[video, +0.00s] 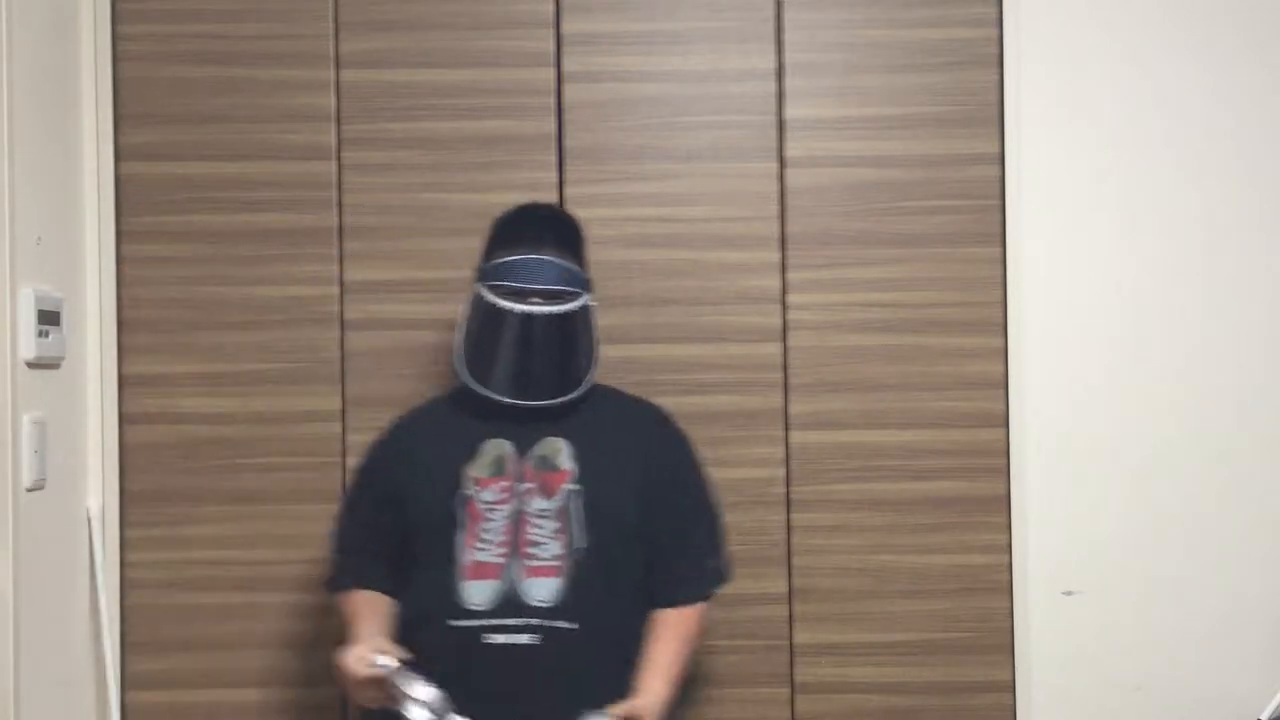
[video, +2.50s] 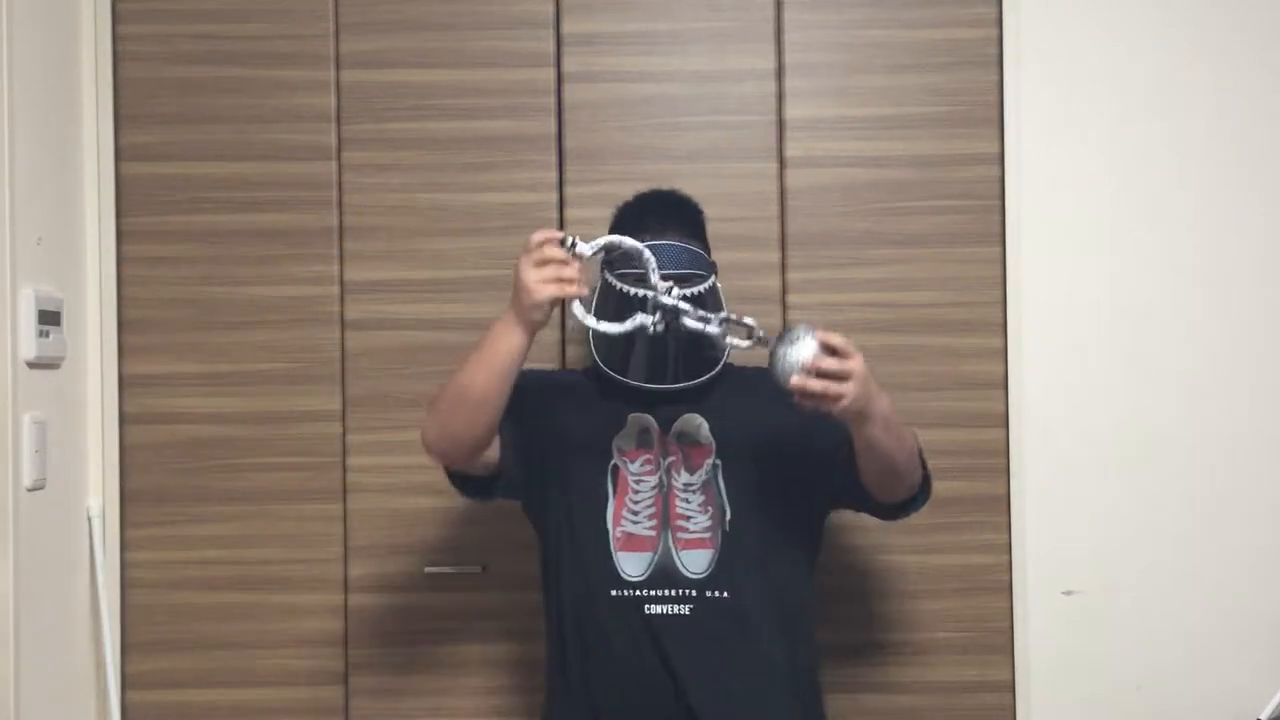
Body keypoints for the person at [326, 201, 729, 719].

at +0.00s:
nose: (532, 335)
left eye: (552, 315)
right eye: (512, 314)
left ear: (583, 316)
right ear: (479, 311)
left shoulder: (646, 441)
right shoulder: (416, 442)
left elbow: (684, 583)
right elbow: (369, 559)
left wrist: (648, 699)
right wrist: (369, 641)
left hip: (593, 704)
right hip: (444, 705)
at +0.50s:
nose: (640, 297)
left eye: (662, 276)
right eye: (618, 275)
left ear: (692, 287)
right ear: (581, 284)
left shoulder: (759, 405)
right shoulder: (533, 408)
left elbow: (887, 482)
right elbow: (425, 421)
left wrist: (844, 390)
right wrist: (494, 299)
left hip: (745, 698)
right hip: (583, 699)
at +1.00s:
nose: (539, 338)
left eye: (560, 319)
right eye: (520, 319)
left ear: (592, 316)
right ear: (488, 315)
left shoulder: (658, 439)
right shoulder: (428, 439)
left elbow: (707, 572)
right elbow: (371, 548)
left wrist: (679, 670)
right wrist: (371, 603)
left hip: (614, 703)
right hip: (467, 701)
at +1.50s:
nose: (401, 317)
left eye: (422, 298)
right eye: (380, 294)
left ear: (454, 304)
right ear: (347, 294)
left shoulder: (496, 417)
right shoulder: (276, 406)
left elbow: (550, 539)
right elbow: (133, 414)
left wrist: (450, 457)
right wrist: (151, 290)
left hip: (447, 703)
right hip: (289, 700)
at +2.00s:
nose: (517, 352)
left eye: (537, 333)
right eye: (499, 330)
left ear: (567, 331)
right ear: (463, 324)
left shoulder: (621, 454)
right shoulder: (395, 448)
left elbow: (656, 593)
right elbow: (335, 555)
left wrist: (623, 682)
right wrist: (336, 611)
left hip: (562, 705)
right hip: (414, 701)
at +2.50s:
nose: (659, 295)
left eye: (681, 273)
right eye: (636, 272)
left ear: (711, 283)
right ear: (596, 283)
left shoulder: (783, 407)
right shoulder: (550, 409)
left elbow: (902, 494)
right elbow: (448, 441)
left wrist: (869, 409)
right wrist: (519, 321)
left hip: (757, 695)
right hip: (599, 695)